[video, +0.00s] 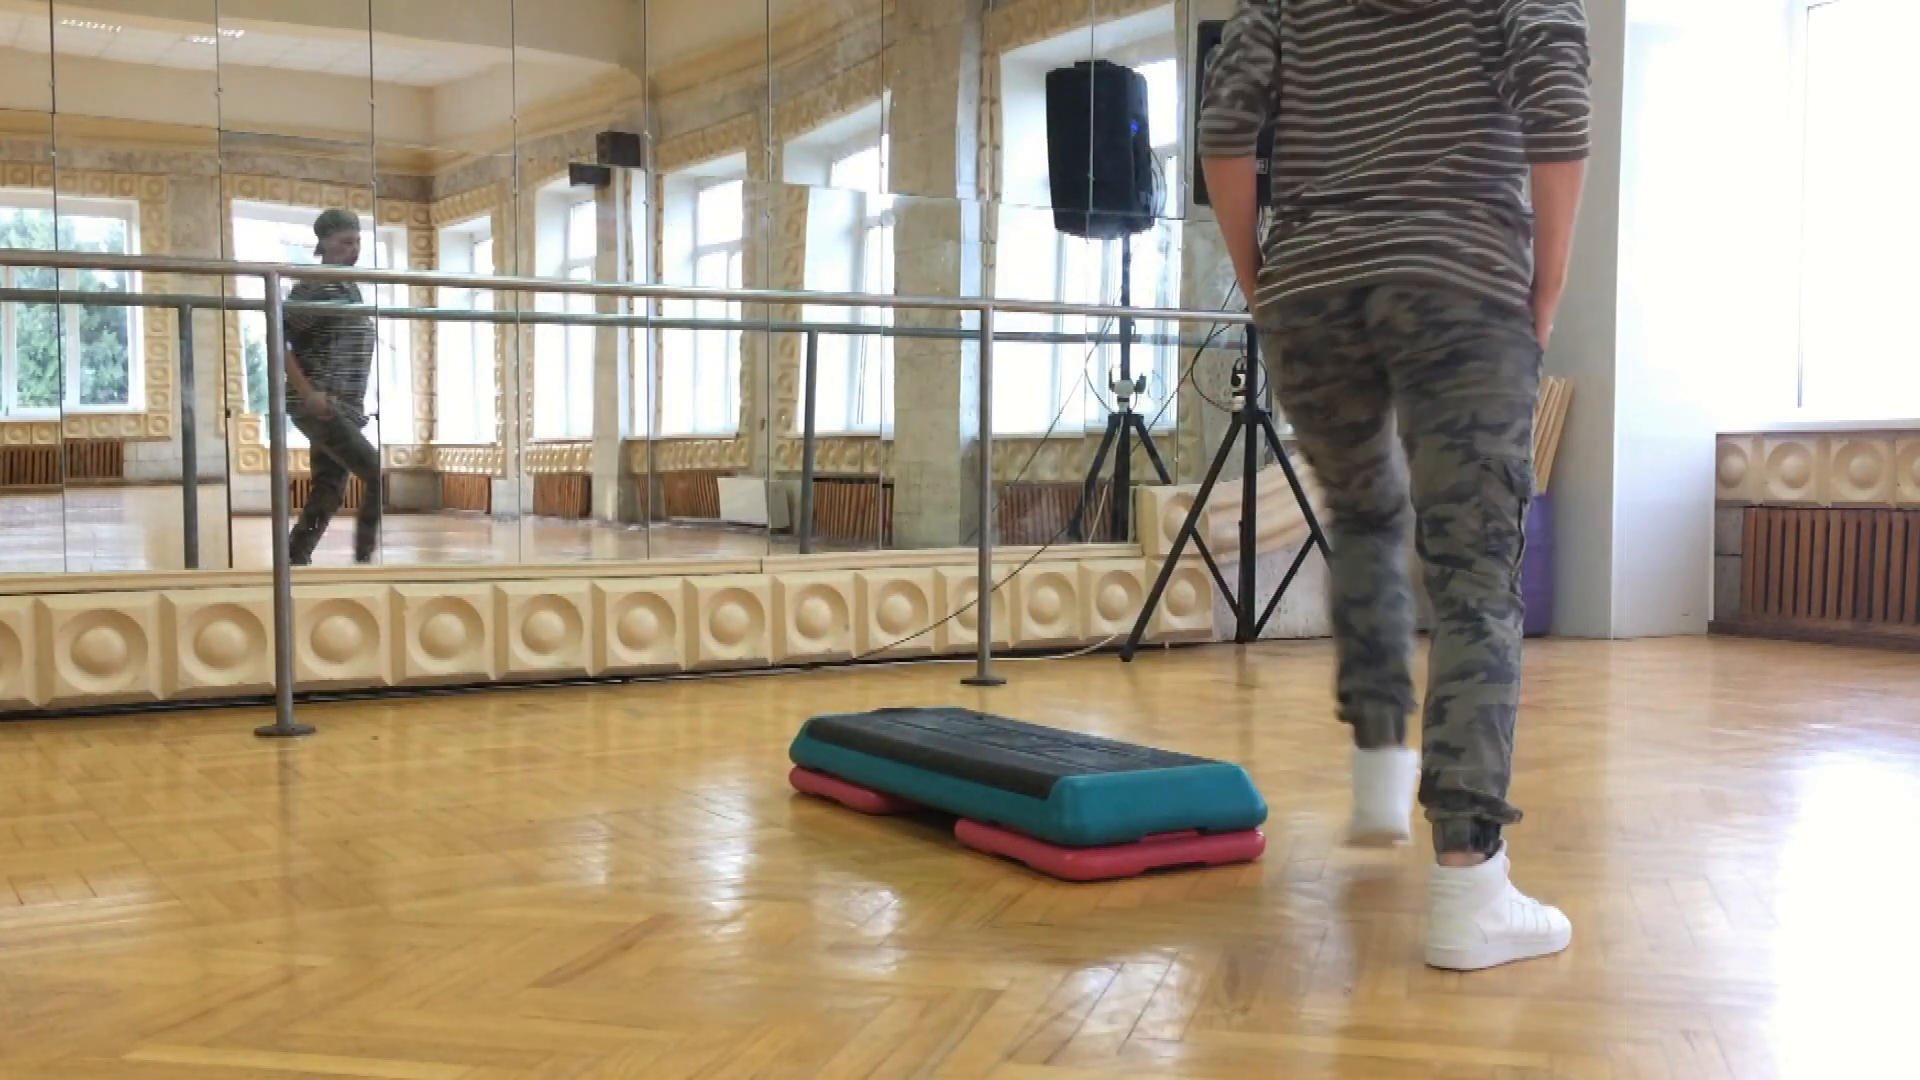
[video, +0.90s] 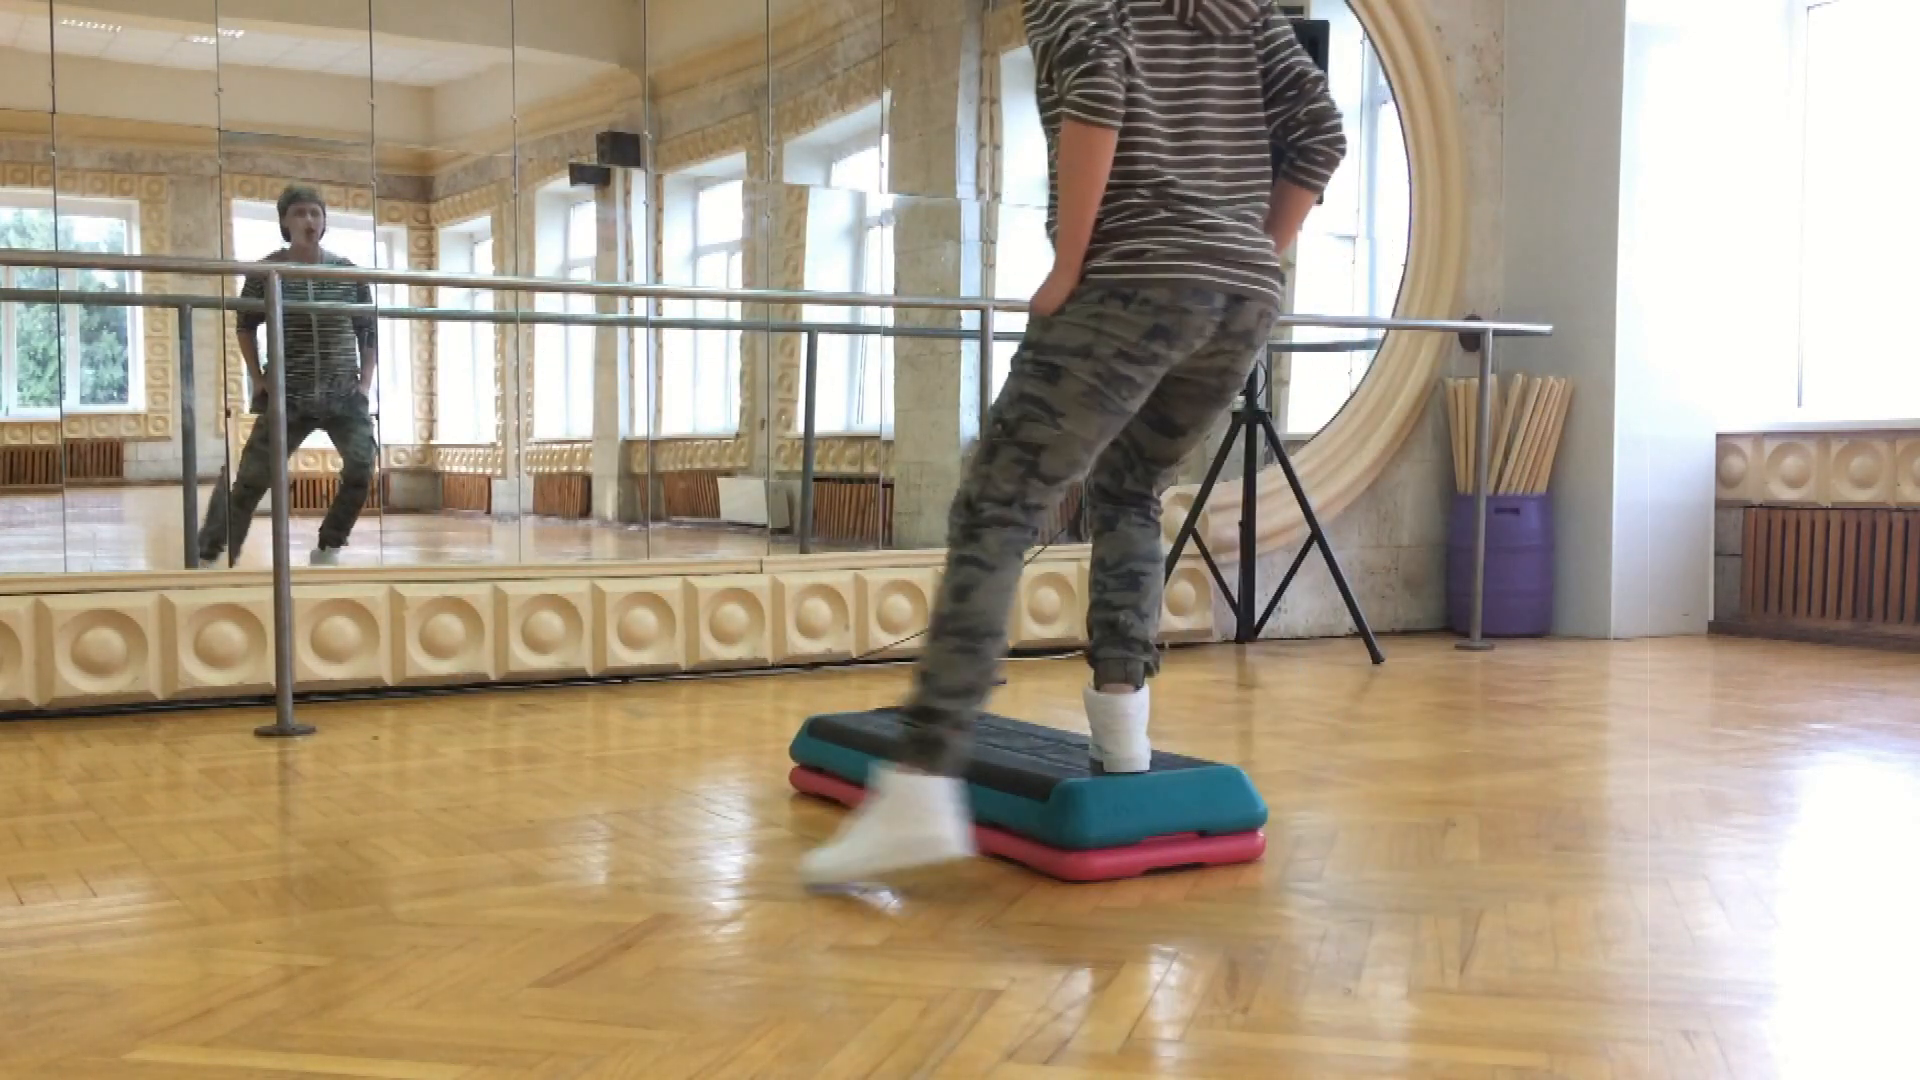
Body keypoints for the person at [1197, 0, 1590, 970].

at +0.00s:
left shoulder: (1276, 6)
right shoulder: (1523, 7)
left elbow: (1225, 133)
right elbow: (1556, 131)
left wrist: (1257, 280)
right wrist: (1546, 292)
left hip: (1302, 282)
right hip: (1457, 268)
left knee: (1361, 515)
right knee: (1472, 566)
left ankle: (1379, 769)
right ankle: (1469, 884)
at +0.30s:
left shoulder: (1234, 1)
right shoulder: (1440, 5)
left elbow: (1240, 101)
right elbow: (1485, 129)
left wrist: (1195, 286)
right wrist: (1431, 283)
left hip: (1284, 283)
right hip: (1412, 293)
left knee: (1257, 574)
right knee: (1351, 563)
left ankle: (1346, 851)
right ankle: (1463, 747)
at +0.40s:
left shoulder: (1206, 3)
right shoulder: (1401, 7)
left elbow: (1229, 93)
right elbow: (1456, 128)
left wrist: (1184, 287)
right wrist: (1397, 267)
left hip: (1269, 284)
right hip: (1388, 291)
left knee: (1238, 575)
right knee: (1258, 485)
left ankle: (1345, 849)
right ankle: (1348, 649)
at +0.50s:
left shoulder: (1180, 4)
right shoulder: (1360, 7)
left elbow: (1201, 107)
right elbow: (1443, 124)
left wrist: (1166, 294)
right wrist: (1370, 251)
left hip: (1248, 293)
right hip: (1358, 306)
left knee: (1222, 582)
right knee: (1193, 439)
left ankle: (1347, 849)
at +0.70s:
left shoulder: (1114, 6)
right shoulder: (1297, 5)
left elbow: (1129, 110)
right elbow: (1373, 132)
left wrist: (1094, 294)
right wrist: (1297, 256)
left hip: (1177, 285)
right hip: (1286, 294)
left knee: (1109, 553)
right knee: (1143, 503)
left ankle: (1268, 782)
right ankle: (1122, 743)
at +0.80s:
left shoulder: (1085, 4)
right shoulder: (1268, 6)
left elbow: (1110, 90)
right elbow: (1343, 128)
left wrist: (1081, 277)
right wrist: (1274, 256)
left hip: (1159, 274)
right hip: (1268, 288)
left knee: (1024, 518)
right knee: (1133, 489)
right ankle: (1122, 752)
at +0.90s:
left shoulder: (1072, 1)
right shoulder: (1245, 7)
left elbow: (1095, 84)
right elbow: (1317, 131)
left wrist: (1067, 262)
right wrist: (1260, 258)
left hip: (1144, 268)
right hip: (1249, 282)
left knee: (998, 505)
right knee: (1128, 489)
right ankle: (1123, 737)